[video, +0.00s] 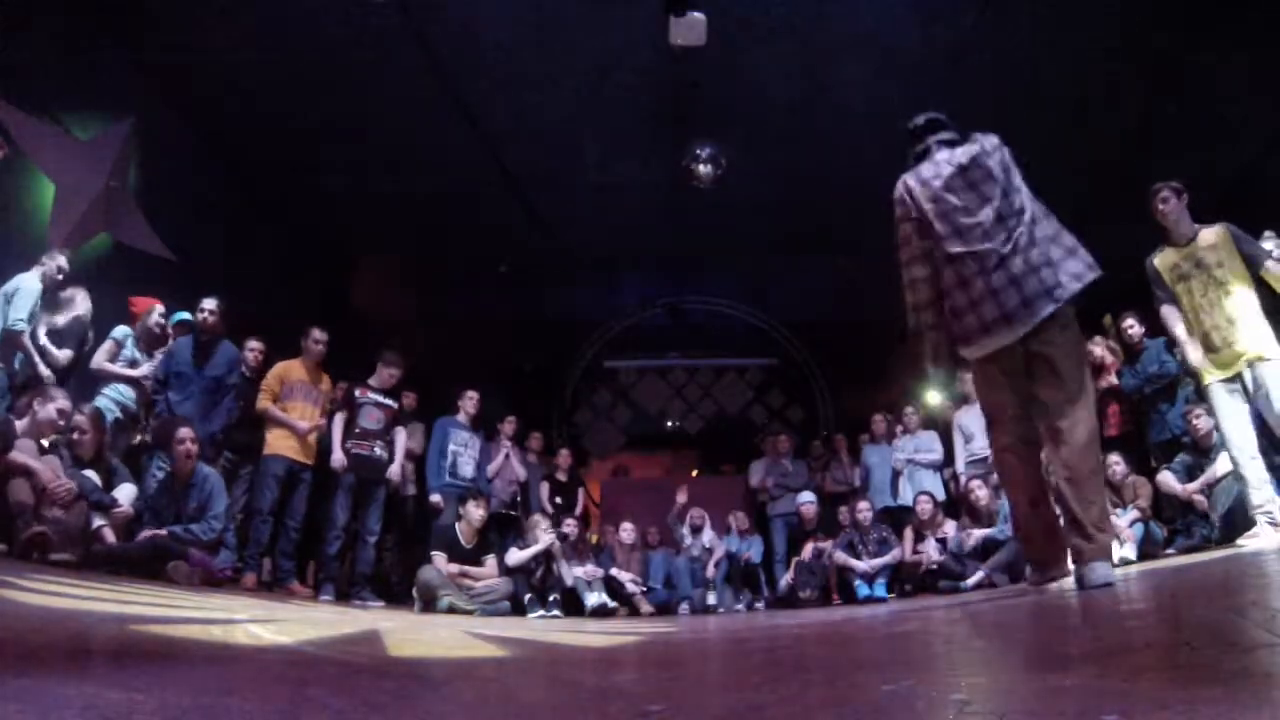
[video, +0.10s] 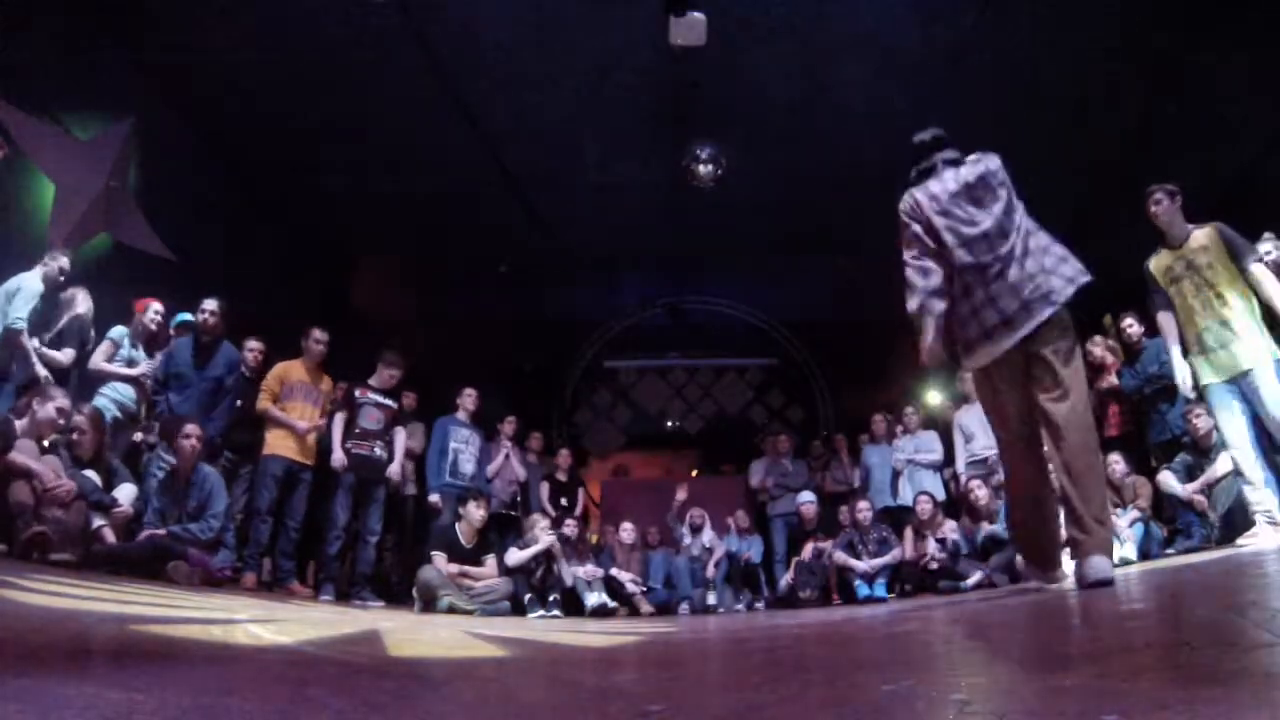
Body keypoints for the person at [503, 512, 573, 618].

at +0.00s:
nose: (549, 534)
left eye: (550, 530)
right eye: (544, 530)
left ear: (553, 531)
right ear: (533, 531)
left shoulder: (552, 550)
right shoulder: (520, 546)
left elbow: (569, 583)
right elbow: (510, 562)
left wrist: (558, 555)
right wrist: (542, 546)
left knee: (554, 572)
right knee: (519, 573)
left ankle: (554, 603)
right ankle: (531, 605)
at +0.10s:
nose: (547, 532)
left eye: (548, 529)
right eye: (542, 529)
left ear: (551, 529)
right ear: (532, 531)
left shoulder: (553, 548)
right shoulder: (520, 545)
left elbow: (569, 583)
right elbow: (510, 562)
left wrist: (559, 555)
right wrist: (541, 546)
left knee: (553, 571)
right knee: (519, 574)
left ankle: (554, 603)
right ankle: (532, 605)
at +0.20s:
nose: (546, 532)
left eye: (548, 529)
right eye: (541, 529)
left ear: (551, 530)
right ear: (530, 531)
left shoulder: (552, 549)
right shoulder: (519, 546)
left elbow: (569, 583)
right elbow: (510, 562)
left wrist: (559, 555)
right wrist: (541, 546)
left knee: (553, 573)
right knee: (519, 574)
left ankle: (554, 604)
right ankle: (531, 605)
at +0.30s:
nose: (546, 532)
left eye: (547, 529)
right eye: (541, 529)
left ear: (550, 530)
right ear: (530, 530)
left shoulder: (552, 549)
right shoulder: (519, 546)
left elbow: (569, 583)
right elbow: (510, 562)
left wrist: (559, 555)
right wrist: (541, 547)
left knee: (554, 573)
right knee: (519, 574)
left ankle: (554, 603)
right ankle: (532, 605)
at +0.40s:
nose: (545, 532)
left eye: (547, 528)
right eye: (540, 528)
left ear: (550, 530)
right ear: (530, 530)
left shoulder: (552, 549)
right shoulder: (520, 546)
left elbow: (569, 583)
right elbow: (509, 562)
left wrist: (559, 556)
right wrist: (541, 547)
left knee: (554, 575)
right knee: (519, 575)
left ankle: (554, 603)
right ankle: (531, 605)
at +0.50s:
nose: (545, 532)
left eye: (547, 529)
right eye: (540, 529)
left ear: (550, 530)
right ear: (529, 531)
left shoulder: (552, 549)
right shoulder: (519, 546)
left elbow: (569, 583)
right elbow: (510, 562)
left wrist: (559, 555)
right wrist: (541, 547)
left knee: (555, 571)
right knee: (519, 575)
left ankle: (554, 603)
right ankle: (532, 605)